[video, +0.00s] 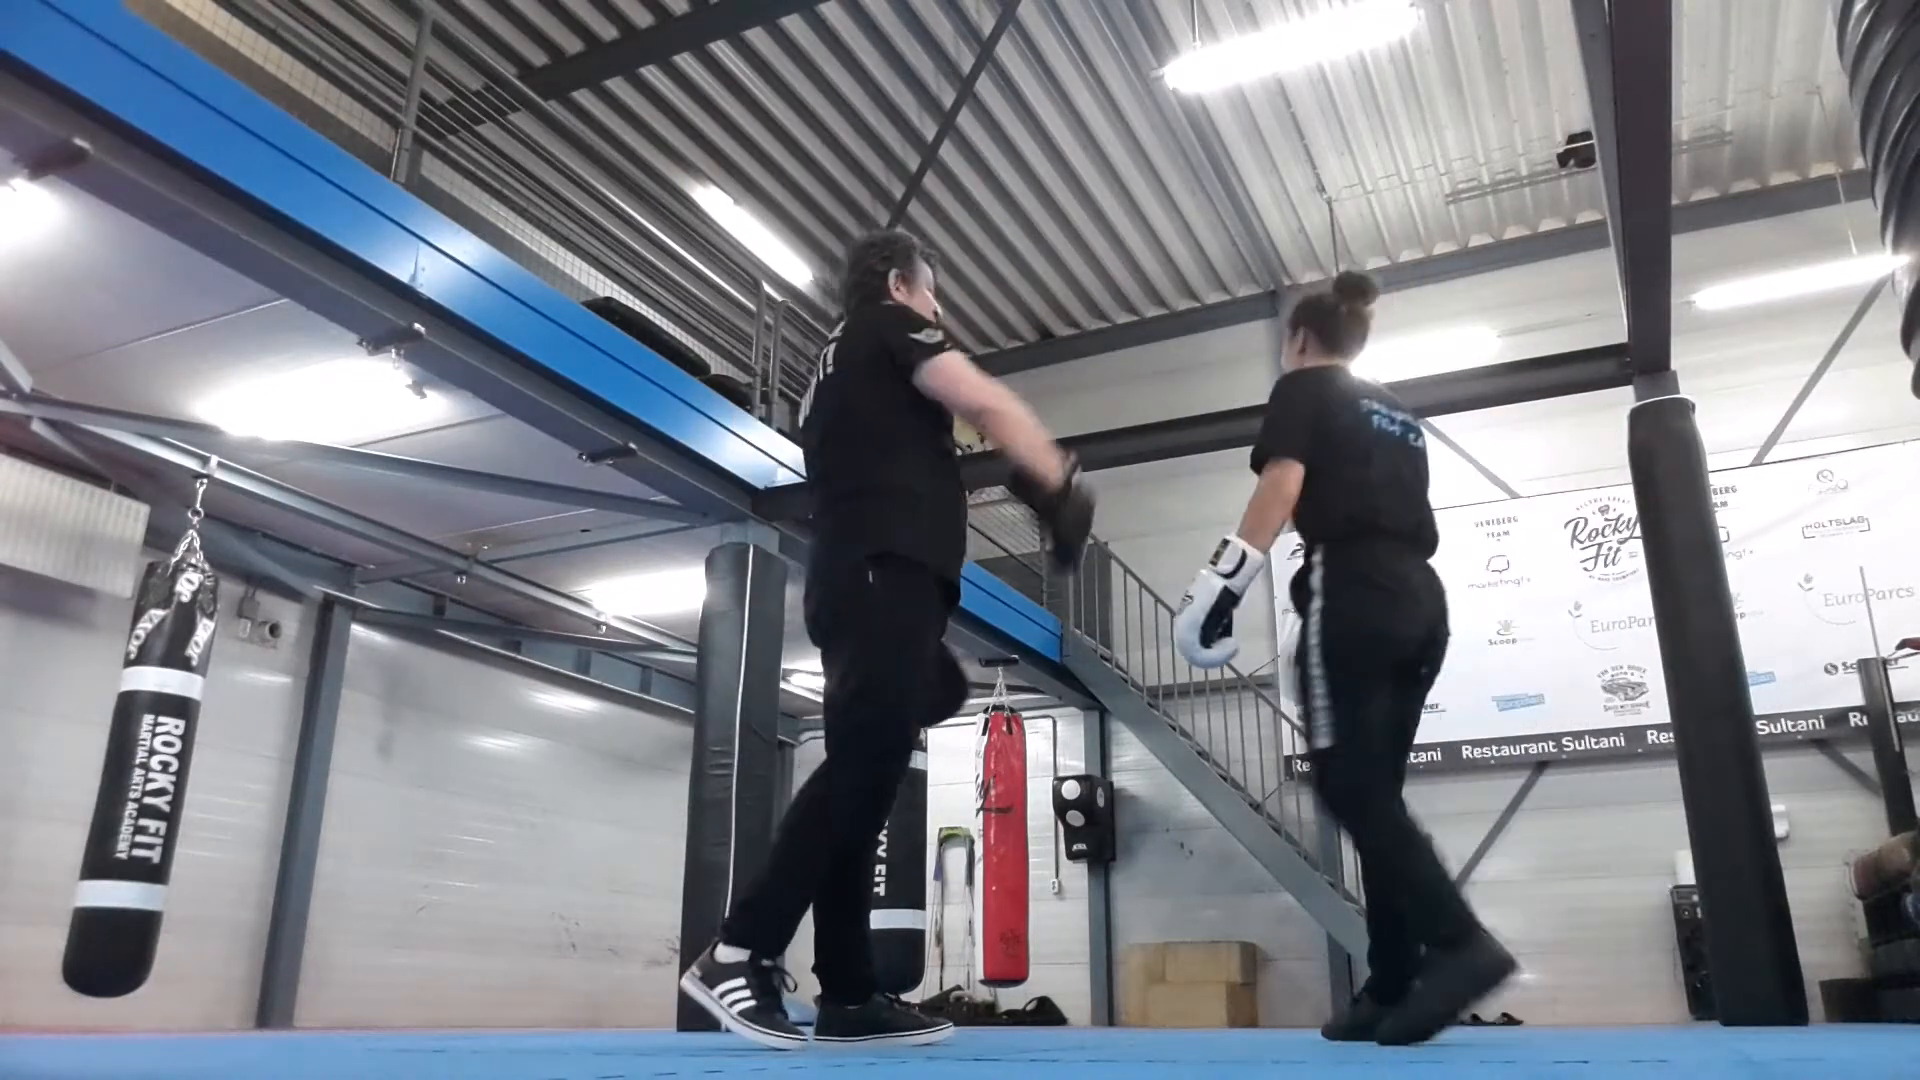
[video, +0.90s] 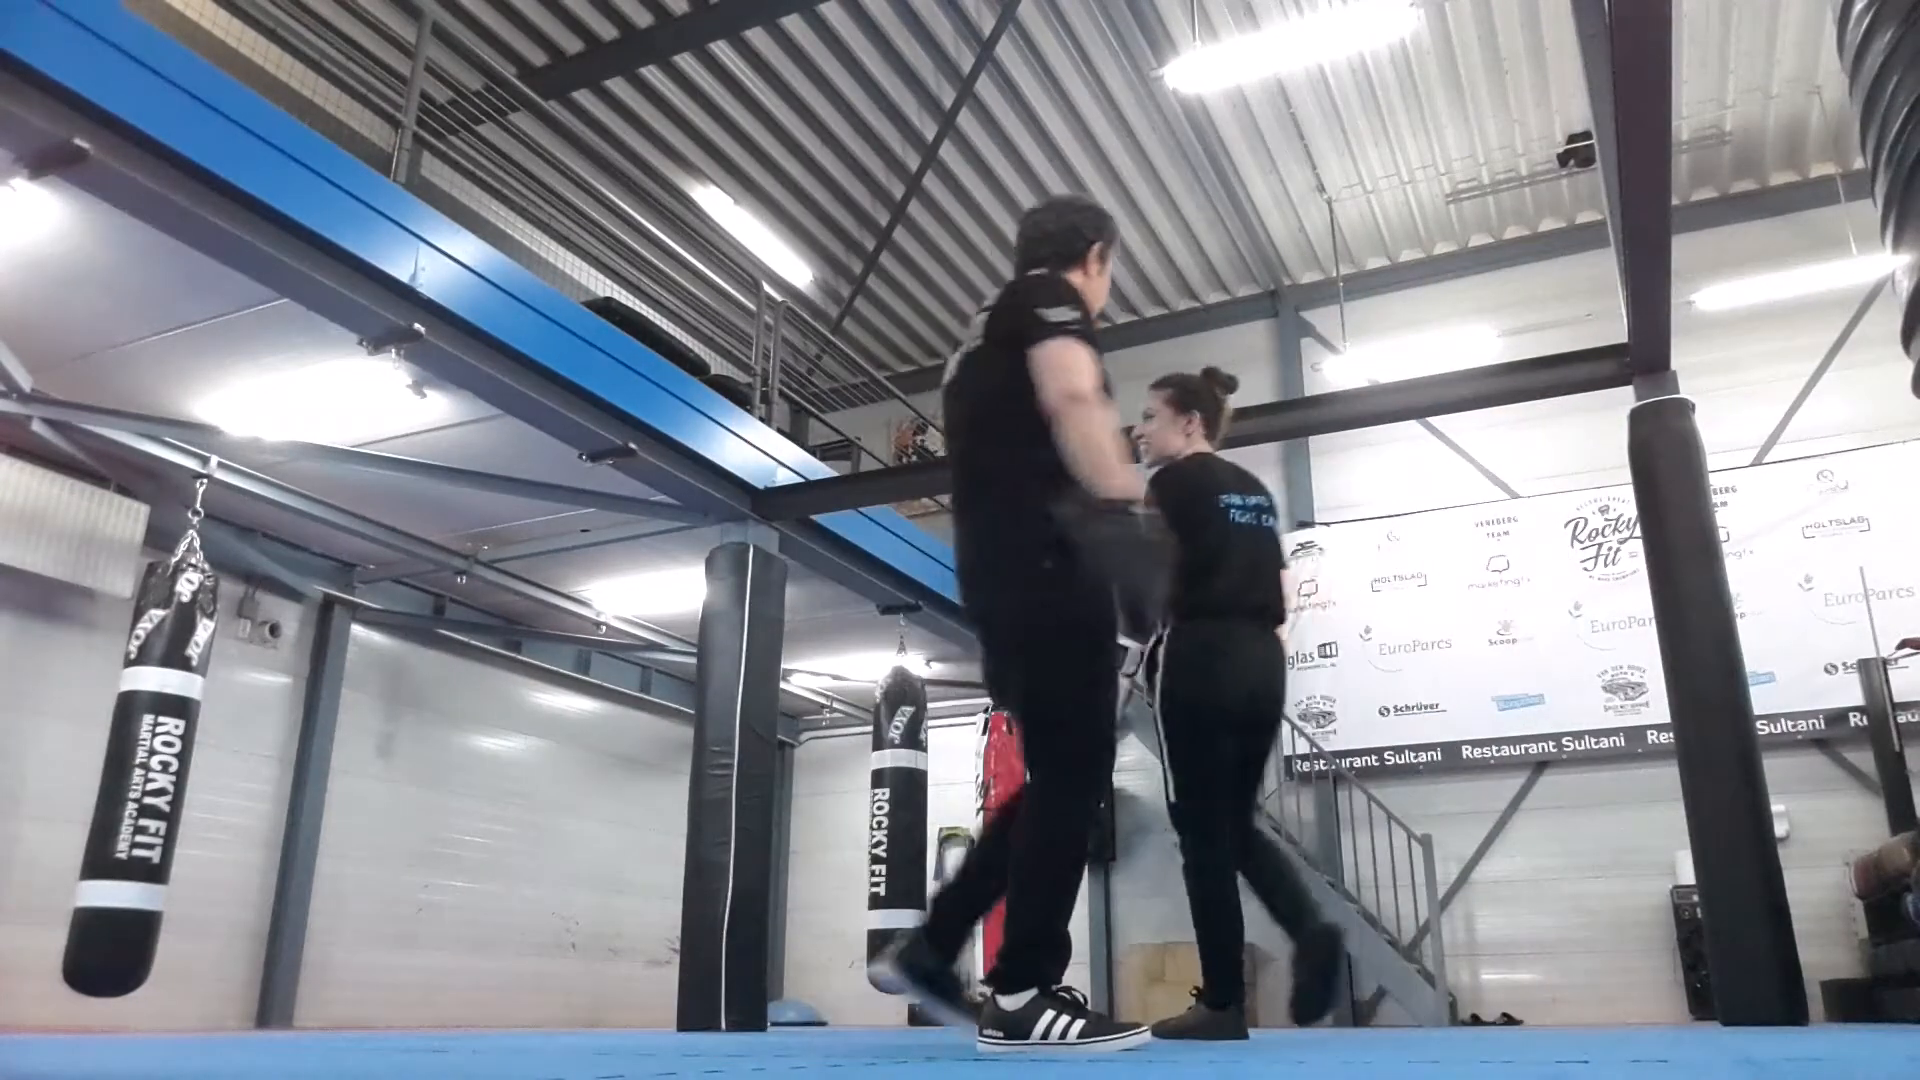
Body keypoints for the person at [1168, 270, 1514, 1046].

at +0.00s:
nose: (1283, 351)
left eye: (1284, 342)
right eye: (1285, 343)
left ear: (1299, 338)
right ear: (1354, 344)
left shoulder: (1302, 388)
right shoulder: (1393, 411)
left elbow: (1281, 485)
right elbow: (1404, 519)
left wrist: (1224, 576)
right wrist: (1329, 568)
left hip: (1350, 592)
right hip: (1418, 592)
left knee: (1347, 784)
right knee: (1376, 791)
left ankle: (1460, 947)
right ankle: (1392, 984)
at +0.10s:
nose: (1277, 367)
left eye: (1275, 358)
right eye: (1279, 360)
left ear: (1289, 353)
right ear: (1344, 355)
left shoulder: (1295, 396)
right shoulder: (1387, 421)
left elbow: (1283, 481)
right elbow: (1396, 535)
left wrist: (1230, 578)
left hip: (1337, 599)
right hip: (1407, 603)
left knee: (1293, 783)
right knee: (1375, 794)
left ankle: (1415, 922)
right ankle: (1393, 998)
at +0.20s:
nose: (1267, 381)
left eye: (1266, 372)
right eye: (1270, 372)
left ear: (1278, 366)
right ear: (1331, 365)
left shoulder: (1285, 407)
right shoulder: (1380, 437)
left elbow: (1279, 480)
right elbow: (1425, 535)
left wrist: (1231, 571)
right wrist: (1473, 616)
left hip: (1320, 610)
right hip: (1395, 617)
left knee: (1260, 780)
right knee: (1374, 802)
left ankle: (1353, 940)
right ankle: (1393, 1001)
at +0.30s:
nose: (1253, 395)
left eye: (1253, 386)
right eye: (1254, 387)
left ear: (1265, 378)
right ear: (1318, 379)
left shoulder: (1272, 414)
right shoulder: (1368, 445)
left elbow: (1268, 477)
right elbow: (1430, 523)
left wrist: (1229, 560)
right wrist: (1498, 592)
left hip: (1306, 613)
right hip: (1382, 622)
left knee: (1247, 785)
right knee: (1371, 806)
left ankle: (1288, 977)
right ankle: (1394, 1001)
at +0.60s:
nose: (1189, 435)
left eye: (1193, 422)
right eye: (1191, 423)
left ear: (1216, 418)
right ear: (1256, 421)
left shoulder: (1210, 468)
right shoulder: (1315, 475)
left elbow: (1187, 533)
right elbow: (1365, 565)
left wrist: (1144, 583)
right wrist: (1409, 633)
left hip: (1253, 656)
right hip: (1334, 652)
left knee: (1232, 824)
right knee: (1344, 822)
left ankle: (1226, 1004)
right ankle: (1392, 997)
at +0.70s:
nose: (1165, 439)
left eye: (1172, 425)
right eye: (1166, 426)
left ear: (1205, 422)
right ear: (1229, 425)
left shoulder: (1193, 478)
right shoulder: (1292, 481)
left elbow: (1162, 557)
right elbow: (1329, 575)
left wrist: (1107, 627)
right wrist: (1341, 658)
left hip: (1230, 670)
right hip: (1308, 666)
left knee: (1219, 835)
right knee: (1313, 825)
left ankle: (1222, 1003)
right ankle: (1382, 972)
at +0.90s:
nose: (1142, 432)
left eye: (1152, 420)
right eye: (1144, 419)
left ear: (1189, 423)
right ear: (1205, 427)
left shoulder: (1172, 482)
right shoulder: (1252, 485)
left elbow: (1151, 590)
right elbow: (1276, 594)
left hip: (1198, 655)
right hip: (1262, 655)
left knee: (1203, 832)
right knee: (1236, 822)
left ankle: (1222, 1001)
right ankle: (1314, 935)